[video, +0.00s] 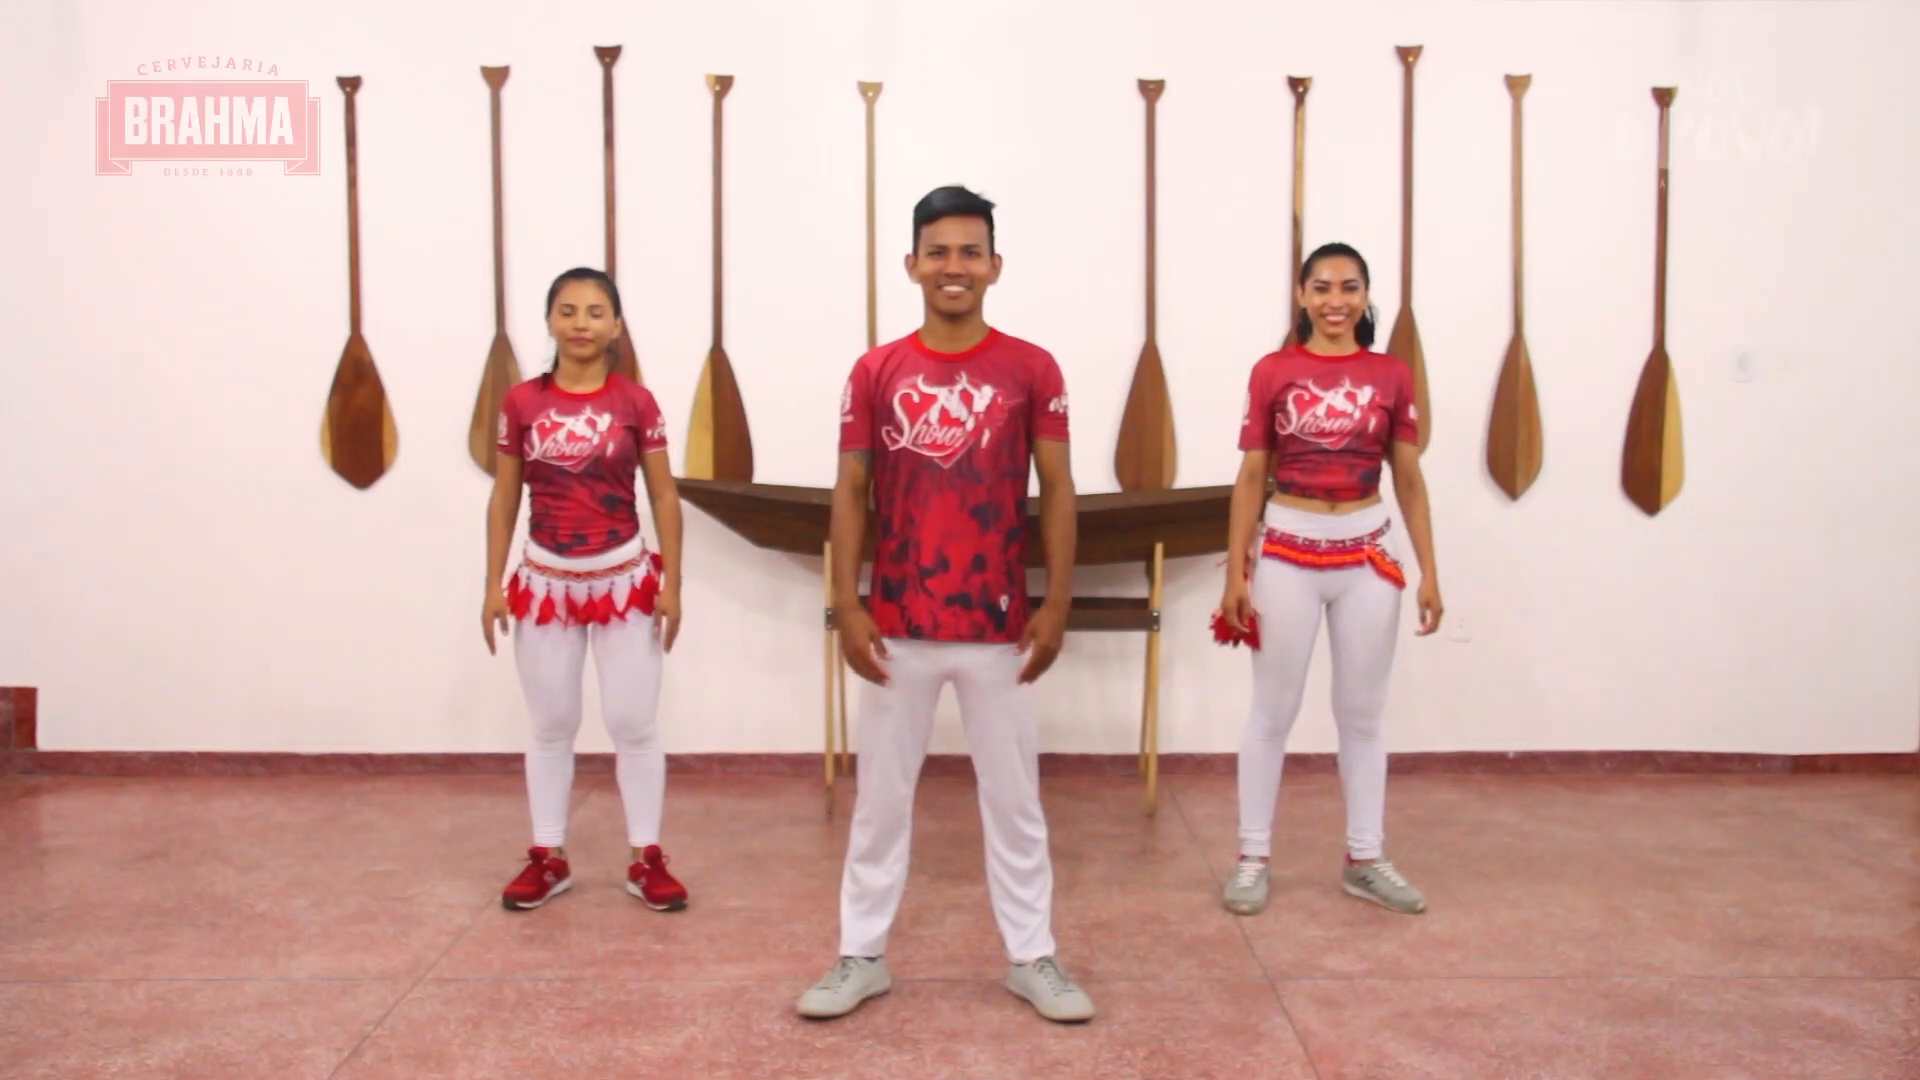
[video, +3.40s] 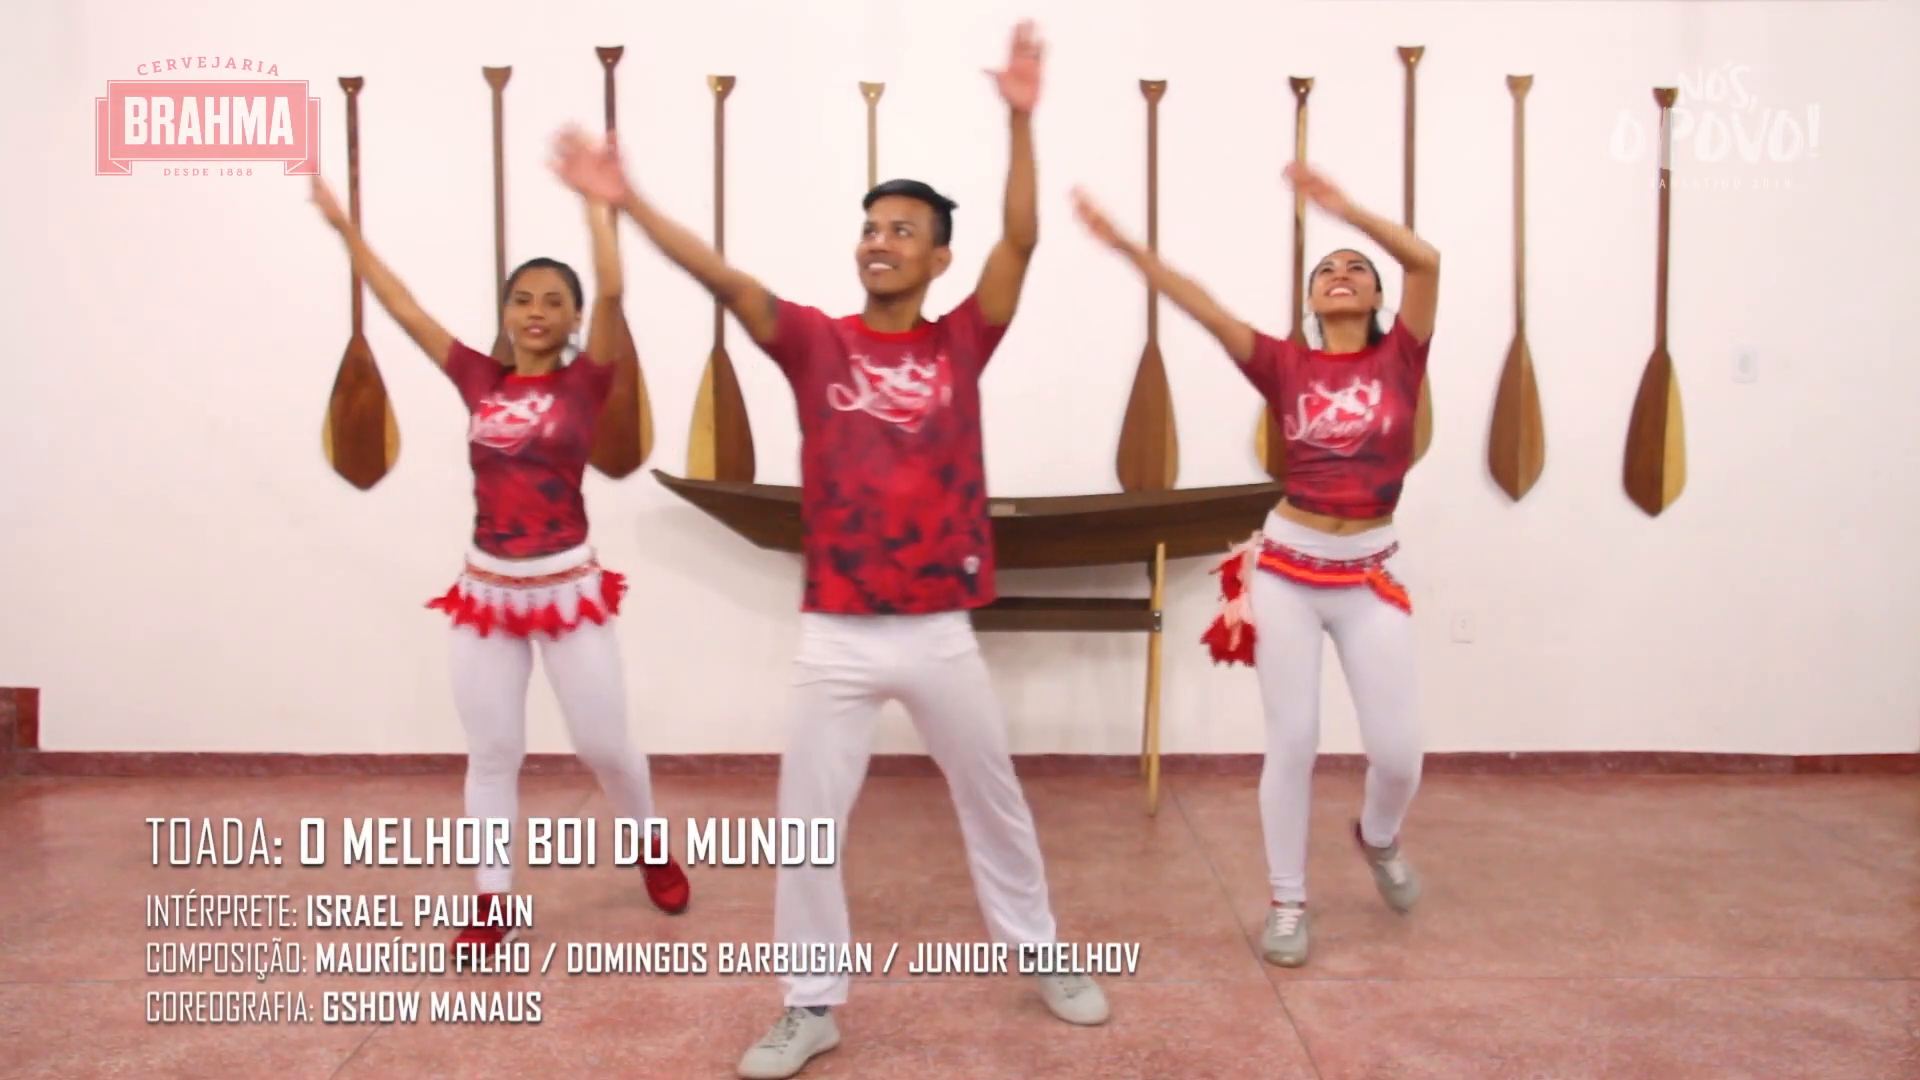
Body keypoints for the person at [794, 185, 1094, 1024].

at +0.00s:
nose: (955, 266)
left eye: (971, 252)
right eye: (939, 252)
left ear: (993, 264)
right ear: (914, 265)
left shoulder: (1032, 369)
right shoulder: (875, 373)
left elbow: (1058, 490)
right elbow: (850, 494)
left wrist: (1058, 602)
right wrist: (844, 604)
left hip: (997, 625)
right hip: (898, 624)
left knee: (1014, 800)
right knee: (881, 797)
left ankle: (1032, 955)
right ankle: (861, 953)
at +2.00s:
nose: (962, 270)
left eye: (977, 255)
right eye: (946, 256)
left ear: (998, 266)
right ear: (919, 267)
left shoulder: (1034, 371)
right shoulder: (879, 373)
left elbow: (1058, 492)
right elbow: (852, 494)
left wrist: (1059, 601)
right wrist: (845, 605)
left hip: (999, 624)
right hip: (901, 623)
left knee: (1016, 799)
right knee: (881, 796)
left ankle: (1033, 954)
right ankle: (863, 953)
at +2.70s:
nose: (967, 250)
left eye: (986, 238)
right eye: (955, 240)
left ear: (1022, 262)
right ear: (941, 266)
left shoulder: (1054, 372)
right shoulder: (920, 367)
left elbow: (1087, 486)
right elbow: (930, 482)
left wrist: (1113, 587)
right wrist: (1020, 561)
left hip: (1043, 622)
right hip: (958, 624)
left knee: (1043, 799)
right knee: (927, 797)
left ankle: (1037, 954)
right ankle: (880, 951)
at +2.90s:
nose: (958, 245)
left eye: (977, 234)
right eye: (946, 236)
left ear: (1015, 258)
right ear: (934, 263)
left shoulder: (1055, 351)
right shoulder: (920, 355)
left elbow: (1140, 363)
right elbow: (889, 360)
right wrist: (952, 312)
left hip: (1035, 622)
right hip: (944, 622)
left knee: (1037, 803)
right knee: (890, 788)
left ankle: (1035, 955)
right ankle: (850, 959)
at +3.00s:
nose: (954, 248)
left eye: (973, 235)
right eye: (942, 238)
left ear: (1009, 258)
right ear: (929, 265)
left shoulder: (1043, 344)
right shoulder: (914, 352)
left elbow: (1147, 297)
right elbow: (872, 301)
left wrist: (1239, 233)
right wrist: (906, 206)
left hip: (1029, 623)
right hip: (935, 624)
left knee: (1033, 803)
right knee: (878, 798)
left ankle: (1035, 958)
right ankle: (819, 975)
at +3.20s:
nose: (922, 254)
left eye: (943, 242)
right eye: (912, 243)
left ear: (981, 265)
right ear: (899, 261)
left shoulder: (1006, 348)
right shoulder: (869, 349)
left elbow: (1077, 249)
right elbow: (803, 270)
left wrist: (1120, 138)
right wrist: (757, 163)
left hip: (994, 627)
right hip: (896, 630)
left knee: (1014, 805)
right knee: (850, 817)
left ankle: (1033, 956)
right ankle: (816, 998)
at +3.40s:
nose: (879, 241)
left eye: (901, 230)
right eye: (871, 228)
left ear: (942, 256)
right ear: (856, 249)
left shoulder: (960, 342)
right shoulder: (814, 342)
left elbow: (1017, 240)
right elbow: (718, 273)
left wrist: (1022, 118)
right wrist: (626, 197)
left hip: (939, 628)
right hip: (836, 630)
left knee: (996, 800)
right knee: (806, 824)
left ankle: (1043, 955)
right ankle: (811, 1002)